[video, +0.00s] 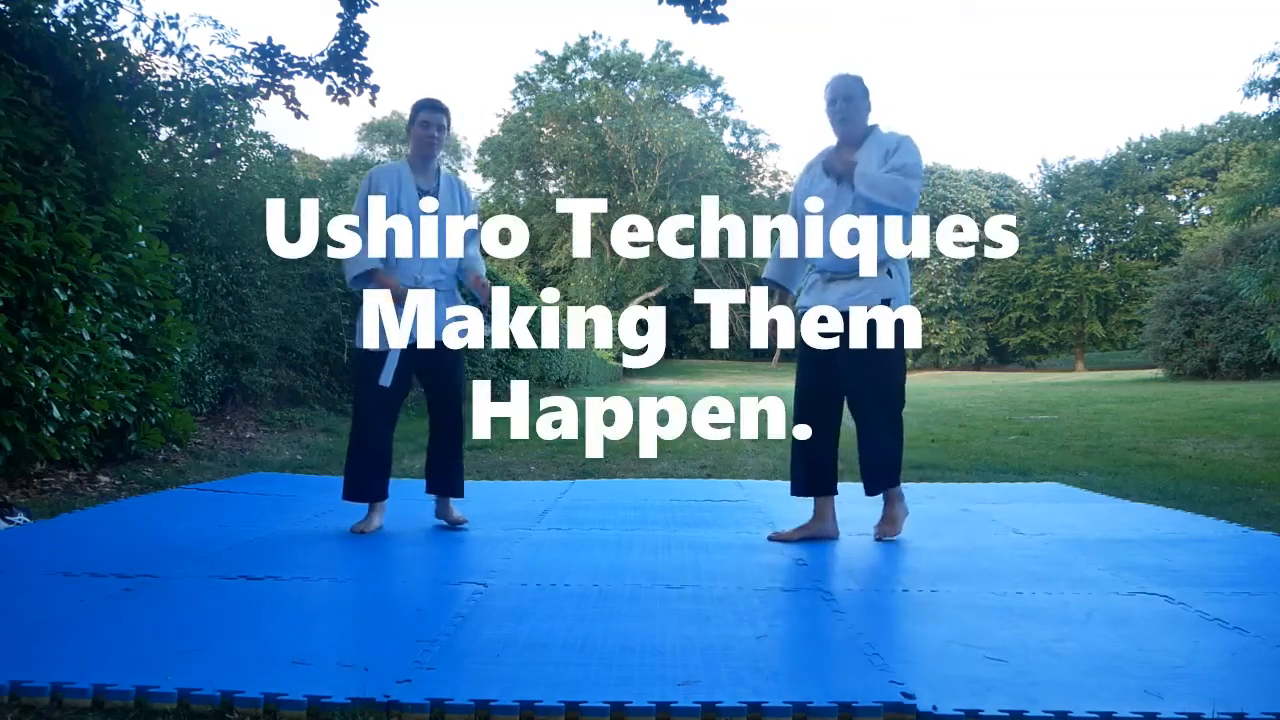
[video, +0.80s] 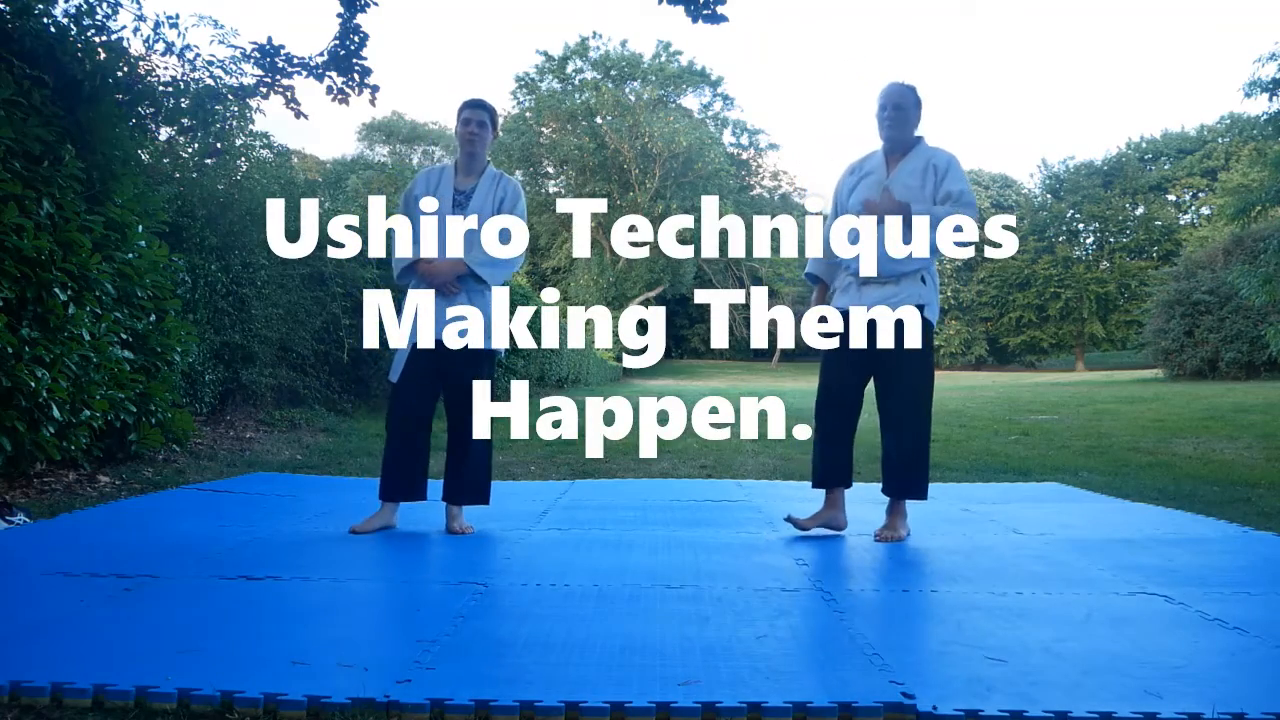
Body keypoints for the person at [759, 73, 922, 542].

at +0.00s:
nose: (841, 109)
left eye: (849, 100)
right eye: (833, 103)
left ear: (868, 104)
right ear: (825, 110)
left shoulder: (896, 147)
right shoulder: (813, 170)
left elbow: (905, 195)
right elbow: (793, 232)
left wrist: (853, 167)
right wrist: (776, 289)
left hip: (878, 299)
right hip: (819, 302)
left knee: (877, 406)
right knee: (815, 409)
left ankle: (893, 501)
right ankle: (823, 516)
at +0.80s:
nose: (889, 117)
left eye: (898, 110)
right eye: (883, 110)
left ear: (918, 116)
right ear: (875, 117)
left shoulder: (940, 163)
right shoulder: (855, 172)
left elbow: (963, 221)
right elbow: (832, 242)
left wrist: (900, 212)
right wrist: (818, 300)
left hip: (907, 302)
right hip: (849, 303)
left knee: (902, 409)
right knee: (834, 405)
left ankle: (897, 513)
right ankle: (833, 507)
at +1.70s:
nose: (825, 149)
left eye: (832, 139)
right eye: (818, 141)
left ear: (851, 131)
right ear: (811, 139)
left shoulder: (886, 171)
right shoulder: (802, 186)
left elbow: (911, 233)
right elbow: (789, 242)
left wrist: (886, 280)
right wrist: (788, 281)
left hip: (869, 305)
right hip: (815, 307)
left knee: (868, 406)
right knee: (817, 405)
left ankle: (876, 506)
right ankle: (828, 507)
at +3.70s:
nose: (822, 133)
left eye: (830, 125)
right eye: (817, 126)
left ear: (850, 126)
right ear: (810, 133)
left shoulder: (881, 172)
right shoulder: (799, 186)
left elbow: (904, 239)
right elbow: (780, 242)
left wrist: (862, 268)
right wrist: (787, 271)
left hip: (862, 310)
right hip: (810, 309)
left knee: (861, 408)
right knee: (812, 408)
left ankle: (864, 510)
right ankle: (828, 507)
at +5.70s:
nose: (804, 137)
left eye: (812, 129)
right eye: (799, 131)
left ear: (835, 130)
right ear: (794, 137)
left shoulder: (866, 173)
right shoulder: (792, 190)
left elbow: (890, 233)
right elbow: (773, 255)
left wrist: (894, 288)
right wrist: (751, 309)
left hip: (847, 307)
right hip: (800, 310)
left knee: (834, 403)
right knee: (810, 404)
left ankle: (828, 505)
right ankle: (826, 506)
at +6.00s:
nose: (800, 134)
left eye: (808, 126)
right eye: (794, 128)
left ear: (829, 128)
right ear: (788, 134)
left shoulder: (858, 172)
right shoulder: (788, 187)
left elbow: (881, 234)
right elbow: (770, 251)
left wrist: (891, 296)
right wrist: (757, 310)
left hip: (835, 305)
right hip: (790, 306)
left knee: (814, 407)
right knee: (800, 408)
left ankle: (794, 508)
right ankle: (828, 506)